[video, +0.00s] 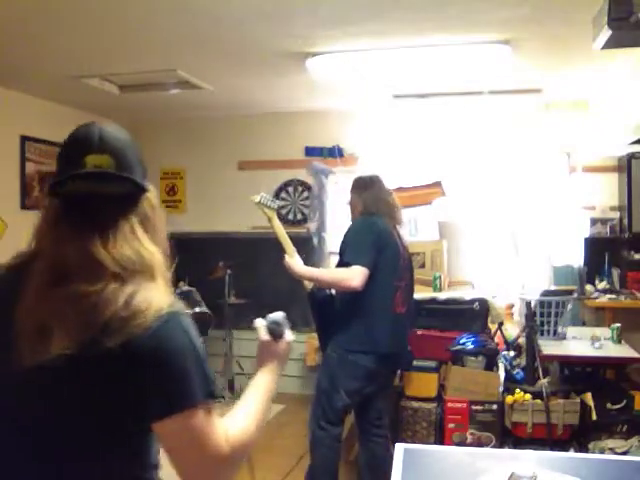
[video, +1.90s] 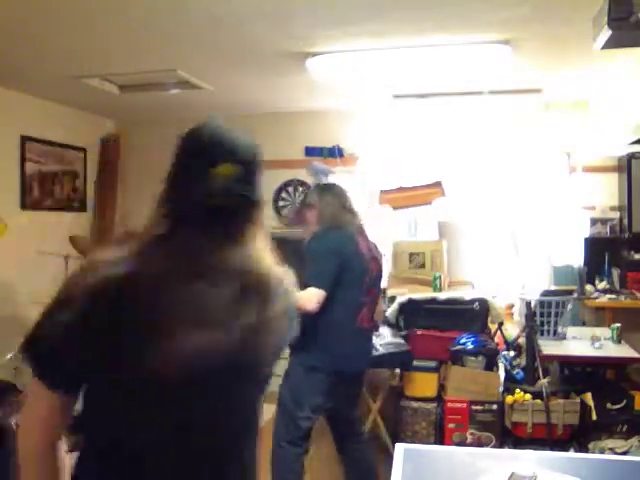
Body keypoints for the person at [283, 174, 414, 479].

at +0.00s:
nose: (349, 205)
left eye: (351, 200)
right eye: (350, 200)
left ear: (359, 200)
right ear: (384, 199)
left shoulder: (365, 228)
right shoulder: (394, 235)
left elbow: (354, 278)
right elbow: (389, 293)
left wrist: (302, 270)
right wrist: (323, 282)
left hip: (356, 348)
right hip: (386, 349)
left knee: (325, 423)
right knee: (375, 429)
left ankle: (321, 475)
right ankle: (377, 476)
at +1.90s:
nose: (306, 216)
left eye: (310, 208)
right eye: (306, 209)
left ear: (321, 209)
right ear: (344, 208)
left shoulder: (326, 241)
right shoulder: (364, 243)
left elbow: (311, 301)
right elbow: (374, 311)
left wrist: (280, 292)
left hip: (317, 358)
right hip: (353, 358)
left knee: (288, 443)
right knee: (350, 436)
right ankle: (366, 475)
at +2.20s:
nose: (312, 216)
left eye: (314, 208)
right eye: (313, 208)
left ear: (321, 210)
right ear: (349, 207)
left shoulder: (322, 245)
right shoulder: (369, 245)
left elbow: (313, 299)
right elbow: (372, 303)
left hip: (323, 350)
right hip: (357, 351)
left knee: (299, 435)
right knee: (351, 428)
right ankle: (366, 473)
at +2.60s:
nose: (310, 213)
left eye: (314, 206)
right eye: (311, 206)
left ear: (329, 208)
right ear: (350, 206)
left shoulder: (336, 242)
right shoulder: (370, 242)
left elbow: (324, 305)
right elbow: (372, 303)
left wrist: (286, 304)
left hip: (326, 358)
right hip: (358, 358)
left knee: (296, 442)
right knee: (351, 430)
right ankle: (366, 475)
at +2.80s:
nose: (307, 210)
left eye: (312, 203)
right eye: (308, 203)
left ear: (328, 207)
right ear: (349, 206)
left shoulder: (338, 240)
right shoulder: (368, 241)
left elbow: (324, 307)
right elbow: (362, 304)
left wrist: (280, 294)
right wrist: (311, 292)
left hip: (328, 361)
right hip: (358, 360)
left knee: (295, 445)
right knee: (352, 433)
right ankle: (367, 476)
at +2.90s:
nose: (308, 207)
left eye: (314, 201)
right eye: (310, 200)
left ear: (330, 207)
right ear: (349, 207)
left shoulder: (338, 240)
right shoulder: (368, 242)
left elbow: (325, 307)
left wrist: (279, 294)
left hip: (328, 361)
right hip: (358, 360)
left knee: (295, 445)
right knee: (352, 433)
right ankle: (368, 475)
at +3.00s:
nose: (308, 207)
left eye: (313, 201)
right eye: (309, 200)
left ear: (330, 207)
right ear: (349, 207)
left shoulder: (338, 241)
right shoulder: (367, 242)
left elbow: (326, 307)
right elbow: (361, 305)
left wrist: (280, 295)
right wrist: (310, 297)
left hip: (327, 362)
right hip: (358, 361)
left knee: (296, 445)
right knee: (352, 433)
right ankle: (368, 476)